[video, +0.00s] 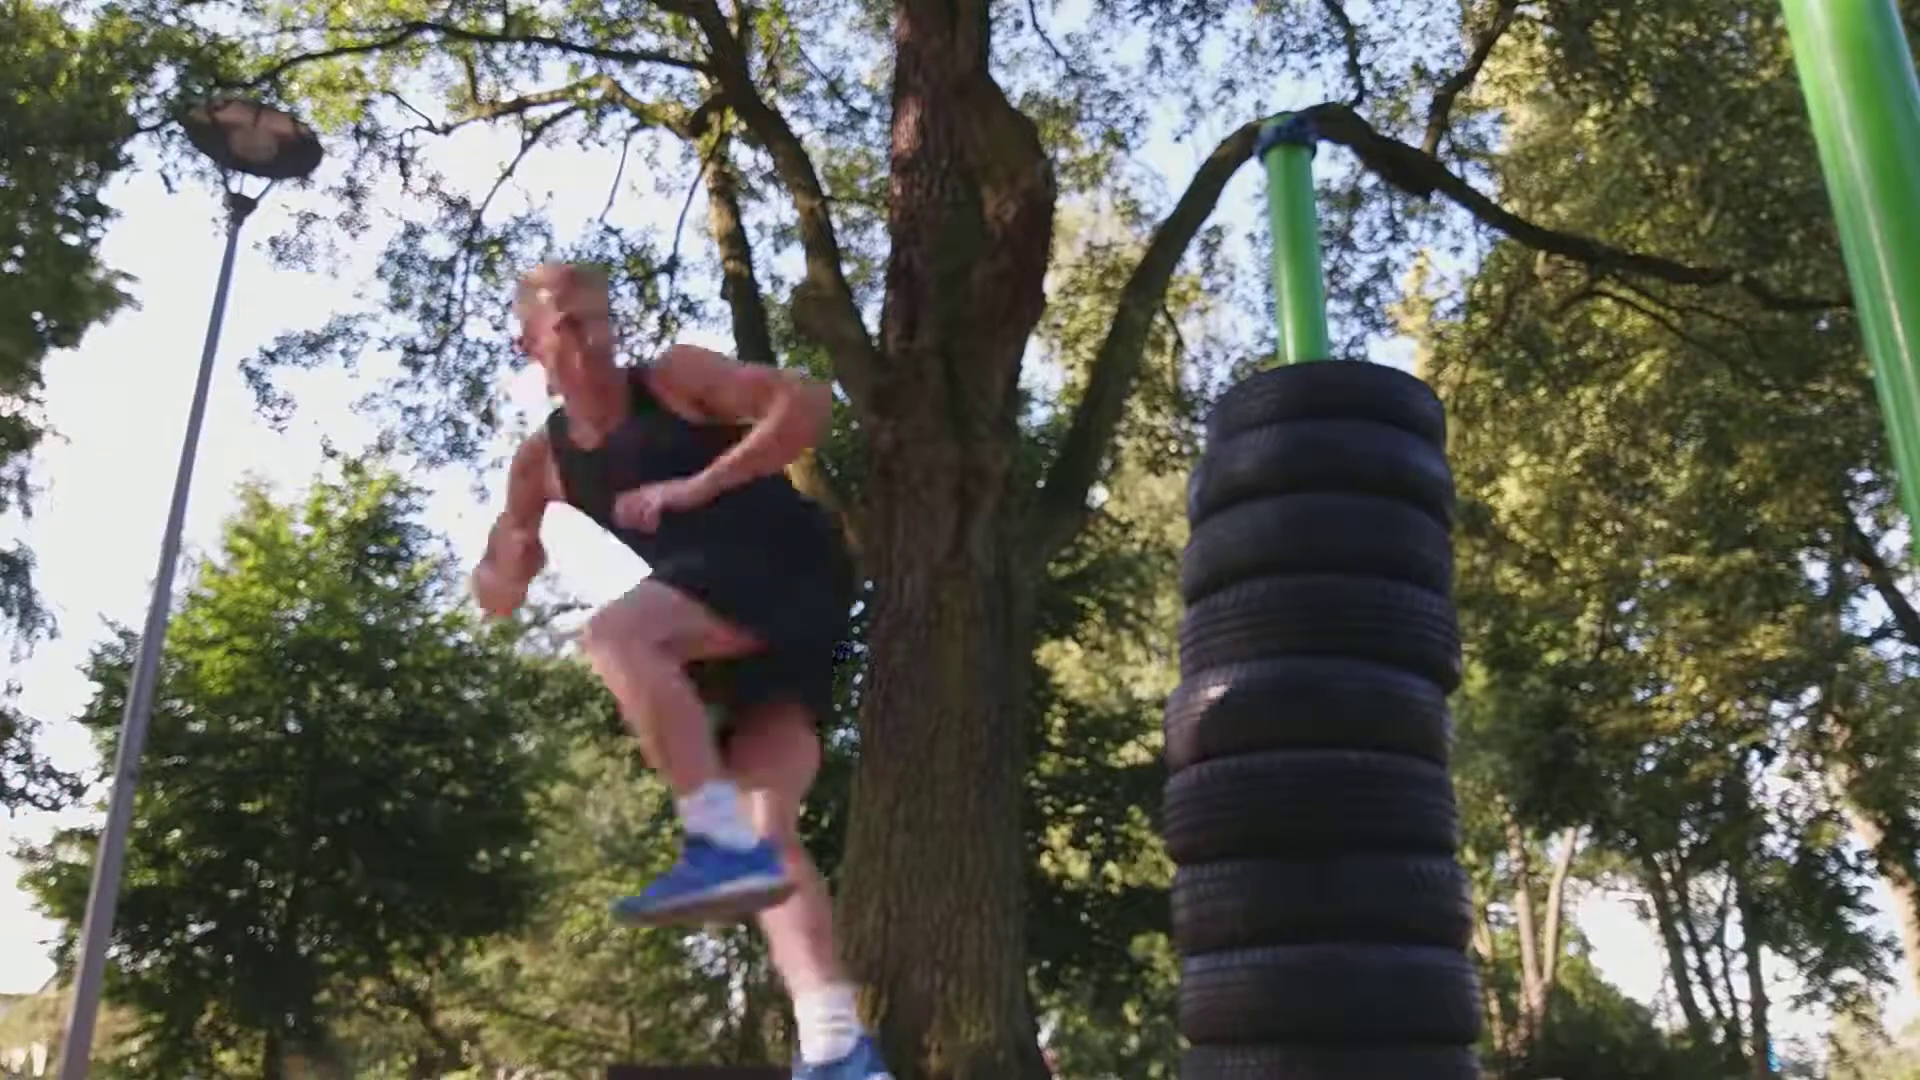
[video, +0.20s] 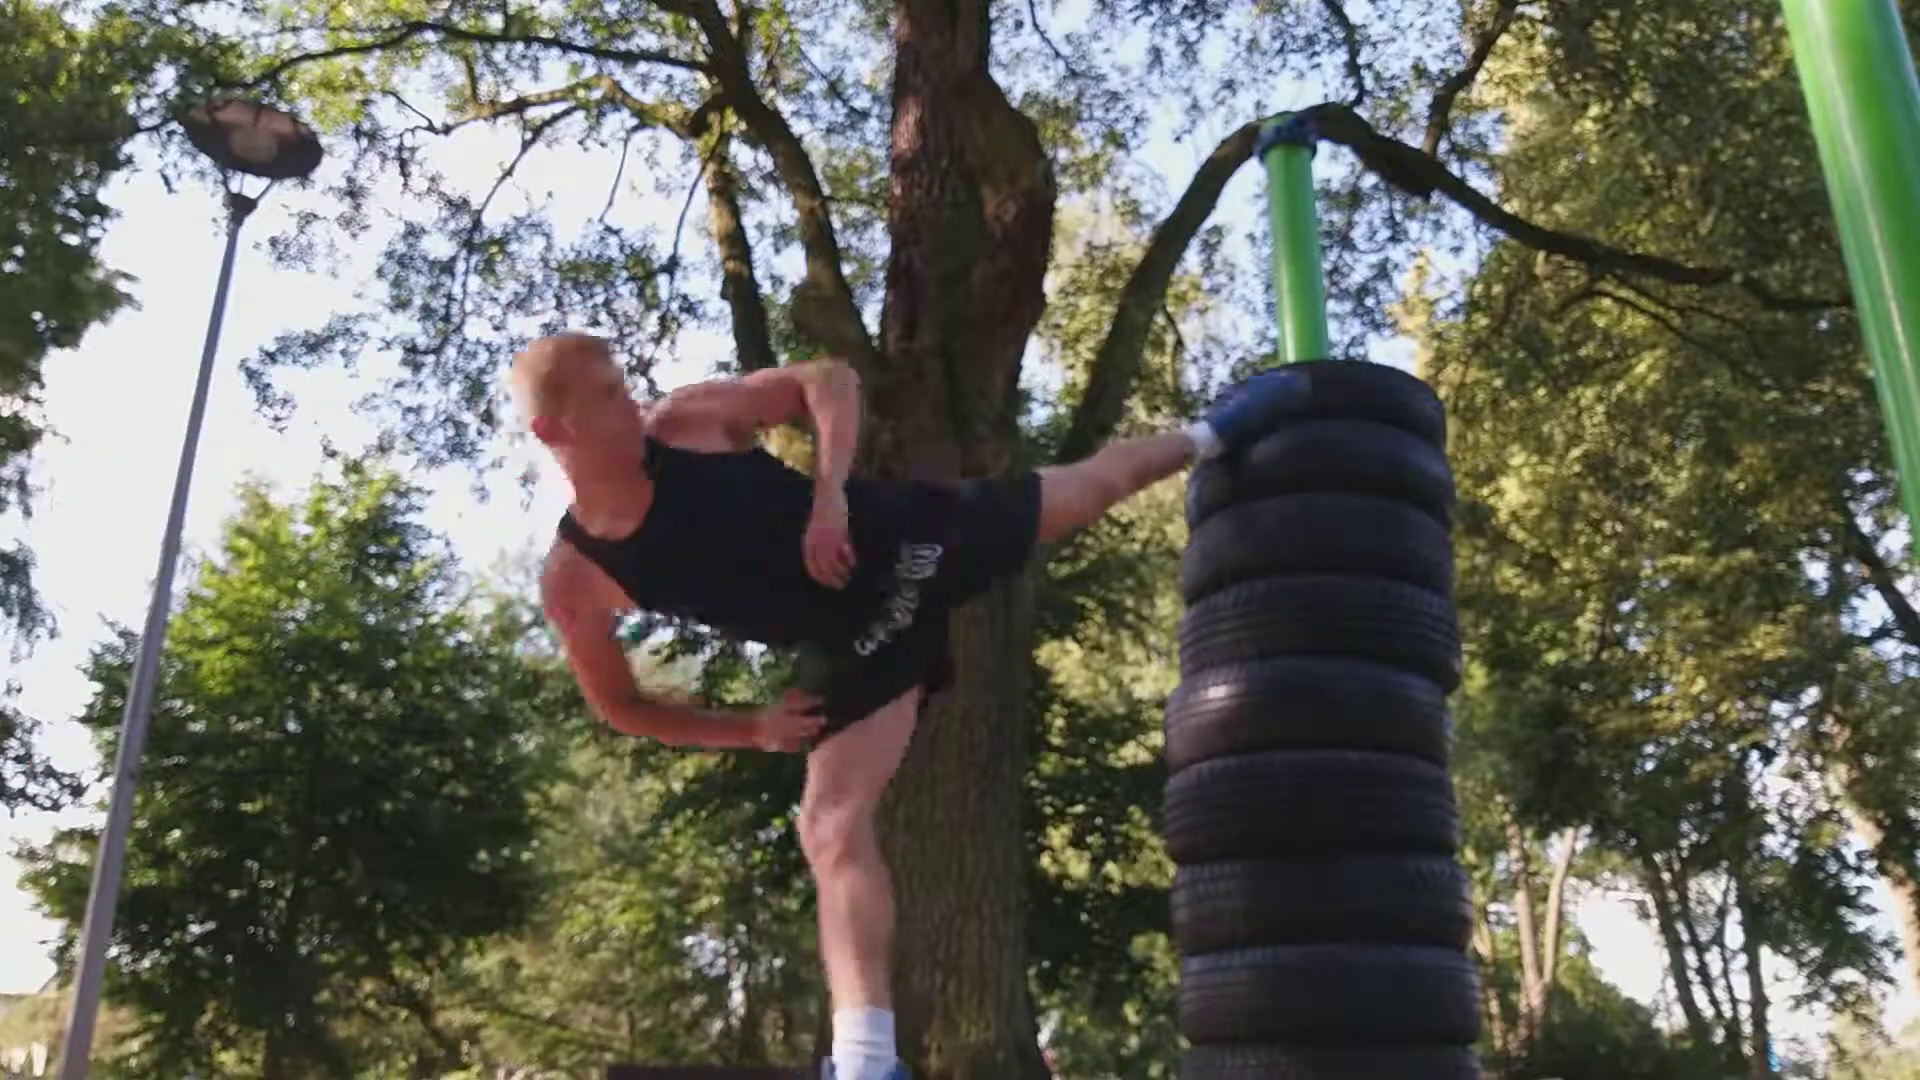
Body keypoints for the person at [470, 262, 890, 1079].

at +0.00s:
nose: (590, 337)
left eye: (596, 319)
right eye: (568, 326)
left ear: (614, 323)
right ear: (531, 347)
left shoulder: (671, 374)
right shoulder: (544, 461)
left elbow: (804, 402)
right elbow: (495, 599)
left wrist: (701, 484)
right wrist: (504, 560)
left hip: (780, 550)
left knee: (618, 633)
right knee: (759, 827)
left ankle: (723, 838)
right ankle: (835, 1047)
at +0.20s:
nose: (637, 401)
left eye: (628, 384)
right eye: (613, 394)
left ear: (615, 403)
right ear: (557, 431)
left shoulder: (683, 422)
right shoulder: (575, 581)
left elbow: (827, 381)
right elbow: (621, 709)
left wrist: (828, 492)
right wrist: (752, 729)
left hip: (906, 535)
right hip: (859, 638)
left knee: (1092, 487)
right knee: (831, 825)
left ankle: (1212, 433)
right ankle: (867, 1057)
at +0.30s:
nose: (578, 448)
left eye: (579, 432)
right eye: (552, 452)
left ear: (605, 438)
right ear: (533, 503)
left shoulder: (702, 443)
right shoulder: (617, 636)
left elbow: (799, 349)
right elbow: (712, 734)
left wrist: (908, 384)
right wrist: (837, 750)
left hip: (949, 540)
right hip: (902, 664)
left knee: (1123, 475)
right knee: (899, 852)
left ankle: (1217, 415)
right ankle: (889, 1064)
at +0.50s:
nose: (597, 386)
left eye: (605, 356)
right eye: (571, 376)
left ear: (643, 337)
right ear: (553, 392)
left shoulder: (740, 354)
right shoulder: (618, 516)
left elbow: (892, 332)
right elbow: (712, 650)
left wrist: (1021, 373)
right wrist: (821, 722)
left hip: (953, 521)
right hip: (888, 634)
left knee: (1095, 533)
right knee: (897, 839)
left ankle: (1147, 589)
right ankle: (895, 1065)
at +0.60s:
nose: (629, 250)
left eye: (643, 224)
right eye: (606, 239)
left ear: (684, 217)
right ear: (589, 256)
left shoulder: (786, 274)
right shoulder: (625, 394)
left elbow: (955, 305)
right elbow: (671, 546)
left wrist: (980, 375)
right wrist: (742, 658)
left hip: (911, 495)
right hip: (829, 575)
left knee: (948, 585)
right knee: (859, 824)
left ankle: (1102, 842)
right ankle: (887, 1064)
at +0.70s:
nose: (666, 165)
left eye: (685, 143)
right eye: (647, 151)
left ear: (733, 145)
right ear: (631, 170)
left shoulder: (816, 234)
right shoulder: (654, 312)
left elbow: (955, 335)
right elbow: (658, 472)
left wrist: (843, 391)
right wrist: (601, 537)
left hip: (871, 511)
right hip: (772, 555)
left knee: (903, 725)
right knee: (804, 815)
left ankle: (913, 1029)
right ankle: (865, 1051)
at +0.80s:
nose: (700, 105)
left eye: (721, 84)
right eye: (682, 94)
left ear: (775, 100)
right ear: (669, 125)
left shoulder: (839, 217)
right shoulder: (686, 277)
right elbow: (679, 441)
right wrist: (529, 394)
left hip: (831, 520)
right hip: (727, 545)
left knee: (842, 722)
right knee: (680, 824)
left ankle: (883, 1047)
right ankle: (842, 1027)